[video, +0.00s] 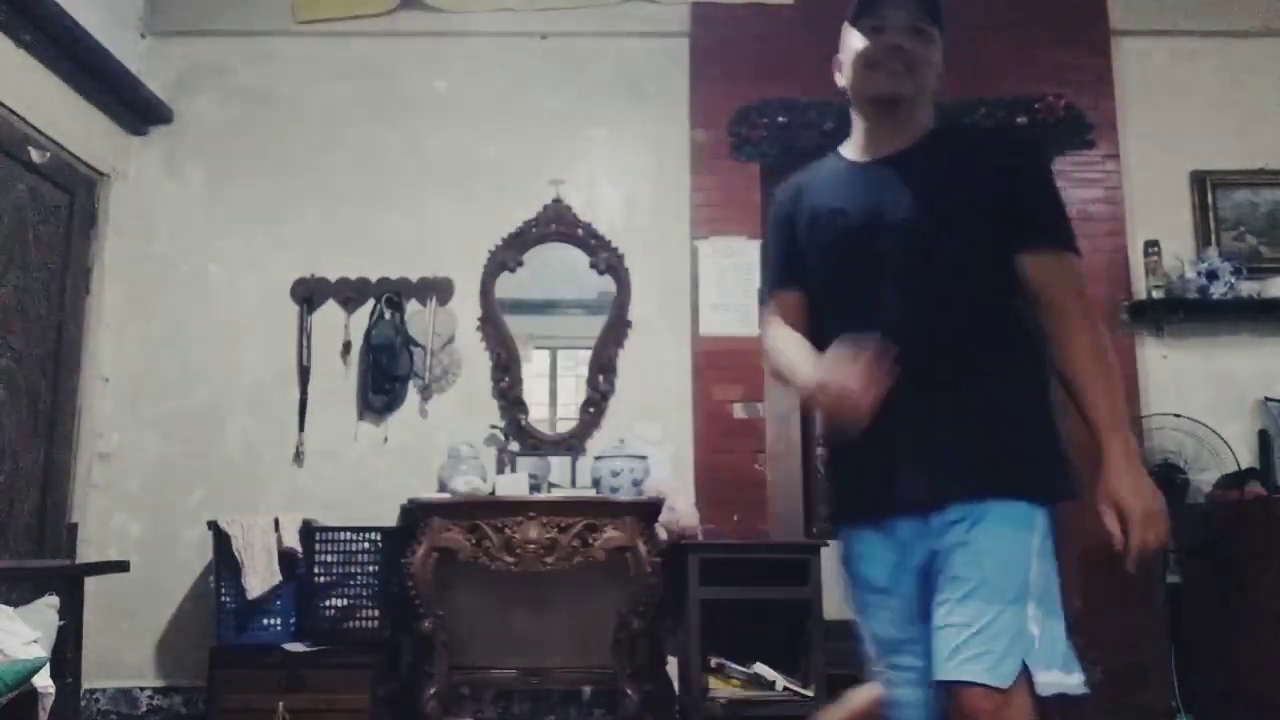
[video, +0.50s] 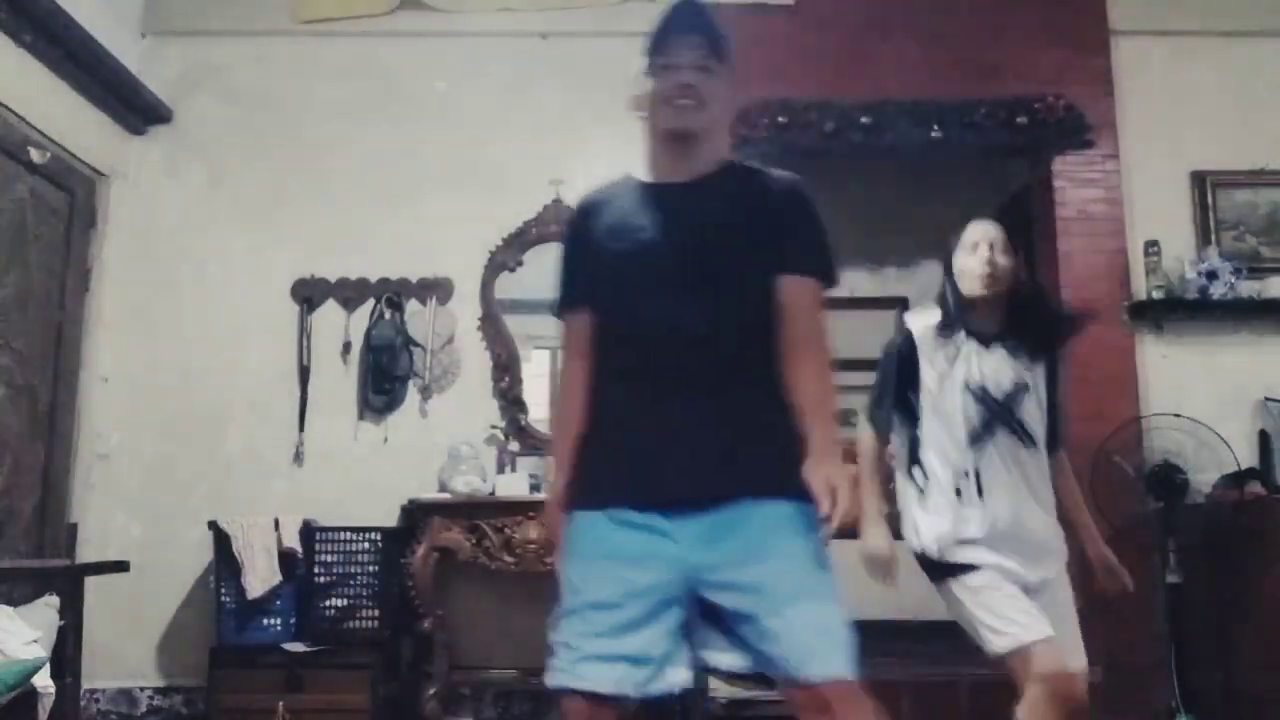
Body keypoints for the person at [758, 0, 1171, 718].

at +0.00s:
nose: (893, 44)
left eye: (917, 33)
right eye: (872, 30)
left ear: (942, 63)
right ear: (838, 64)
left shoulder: (1002, 160)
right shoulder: (802, 193)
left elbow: (1066, 309)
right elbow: (779, 327)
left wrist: (1120, 456)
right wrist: (816, 374)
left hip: (994, 481)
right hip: (872, 494)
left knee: (983, 692)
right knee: (907, 699)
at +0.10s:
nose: (865, 26)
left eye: (888, 17)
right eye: (845, 12)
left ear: (913, 48)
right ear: (809, 42)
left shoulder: (969, 144)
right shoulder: (772, 181)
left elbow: (1037, 287)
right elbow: (752, 327)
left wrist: (1071, 413)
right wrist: (747, 444)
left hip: (969, 479)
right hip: (825, 491)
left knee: (979, 692)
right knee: (809, 685)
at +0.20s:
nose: (824, 20)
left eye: (848, 11)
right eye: (803, 10)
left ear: (876, 45)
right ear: (769, 47)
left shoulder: (928, 135)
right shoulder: (733, 181)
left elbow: (989, 266)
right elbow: (705, 330)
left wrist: (993, 363)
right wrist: (681, 454)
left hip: (923, 475)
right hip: (769, 482)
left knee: (967, 690)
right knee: (711, 666)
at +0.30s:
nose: (784, 53)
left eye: (802, 40)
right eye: (765, 39)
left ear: (827, 54)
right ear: (731, 65)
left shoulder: (888, 159)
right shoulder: (697, 195)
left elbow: (947, 282)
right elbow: (661, 337)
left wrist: (922, 365)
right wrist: (633, 465)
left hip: (874, 498)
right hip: (721, 504)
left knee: (922, 702)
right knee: (659, 695)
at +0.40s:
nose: (734, 80)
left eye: (752, 66)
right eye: (716, 67)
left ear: (780, 88)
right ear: (692, 91)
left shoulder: (833, 209)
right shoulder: (650, 220)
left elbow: (887, 334)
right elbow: (619, 365)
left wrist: (867, 408)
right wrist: (597, 500)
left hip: (825, 539)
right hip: (667, 541)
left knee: (884, 710)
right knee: (620, 709)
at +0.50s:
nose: (684, 81)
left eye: (703, 67)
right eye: (667, 68)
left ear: (734, 90)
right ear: (644, 91)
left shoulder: (777, 202)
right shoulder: (600, 216)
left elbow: (805, 342)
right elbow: (578, 366)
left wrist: (822, 446)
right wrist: (560, 494)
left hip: (757, 506)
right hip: (618, 511)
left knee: (830, 689)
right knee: (585, 701)